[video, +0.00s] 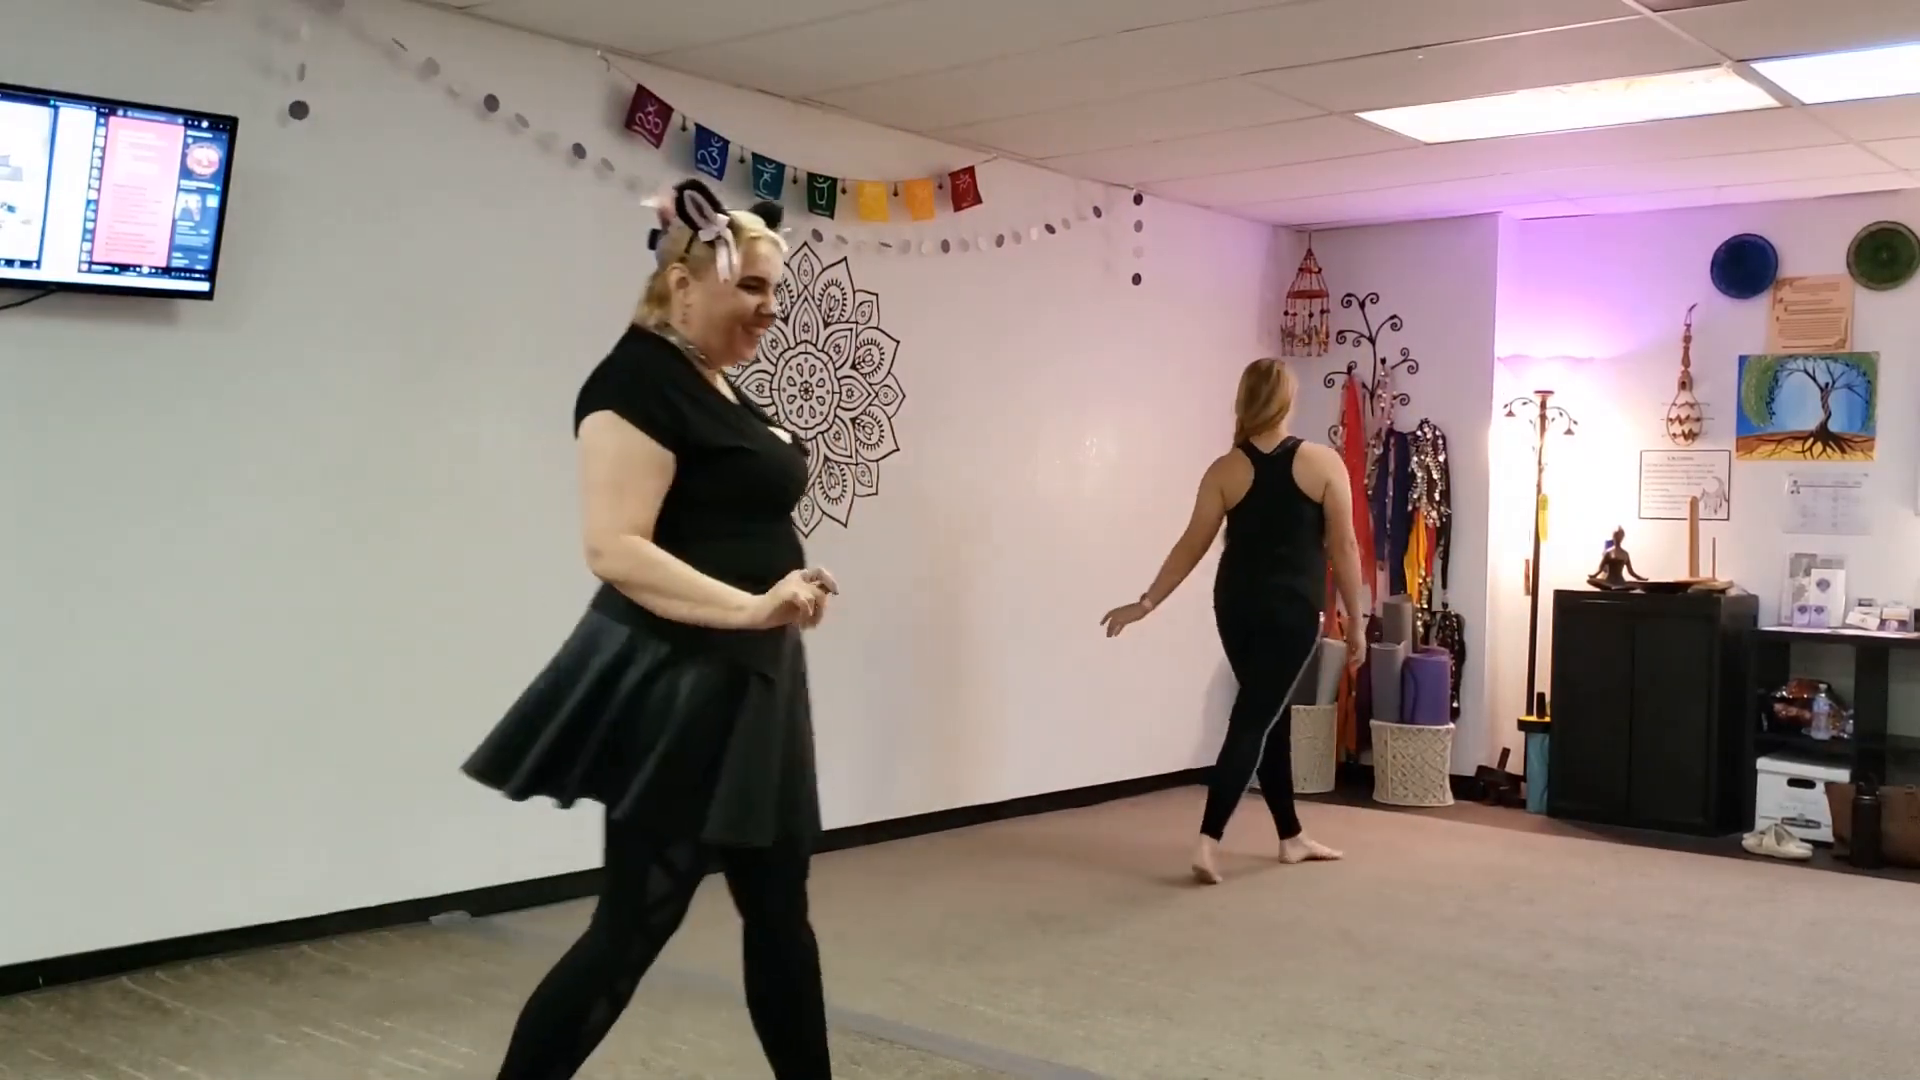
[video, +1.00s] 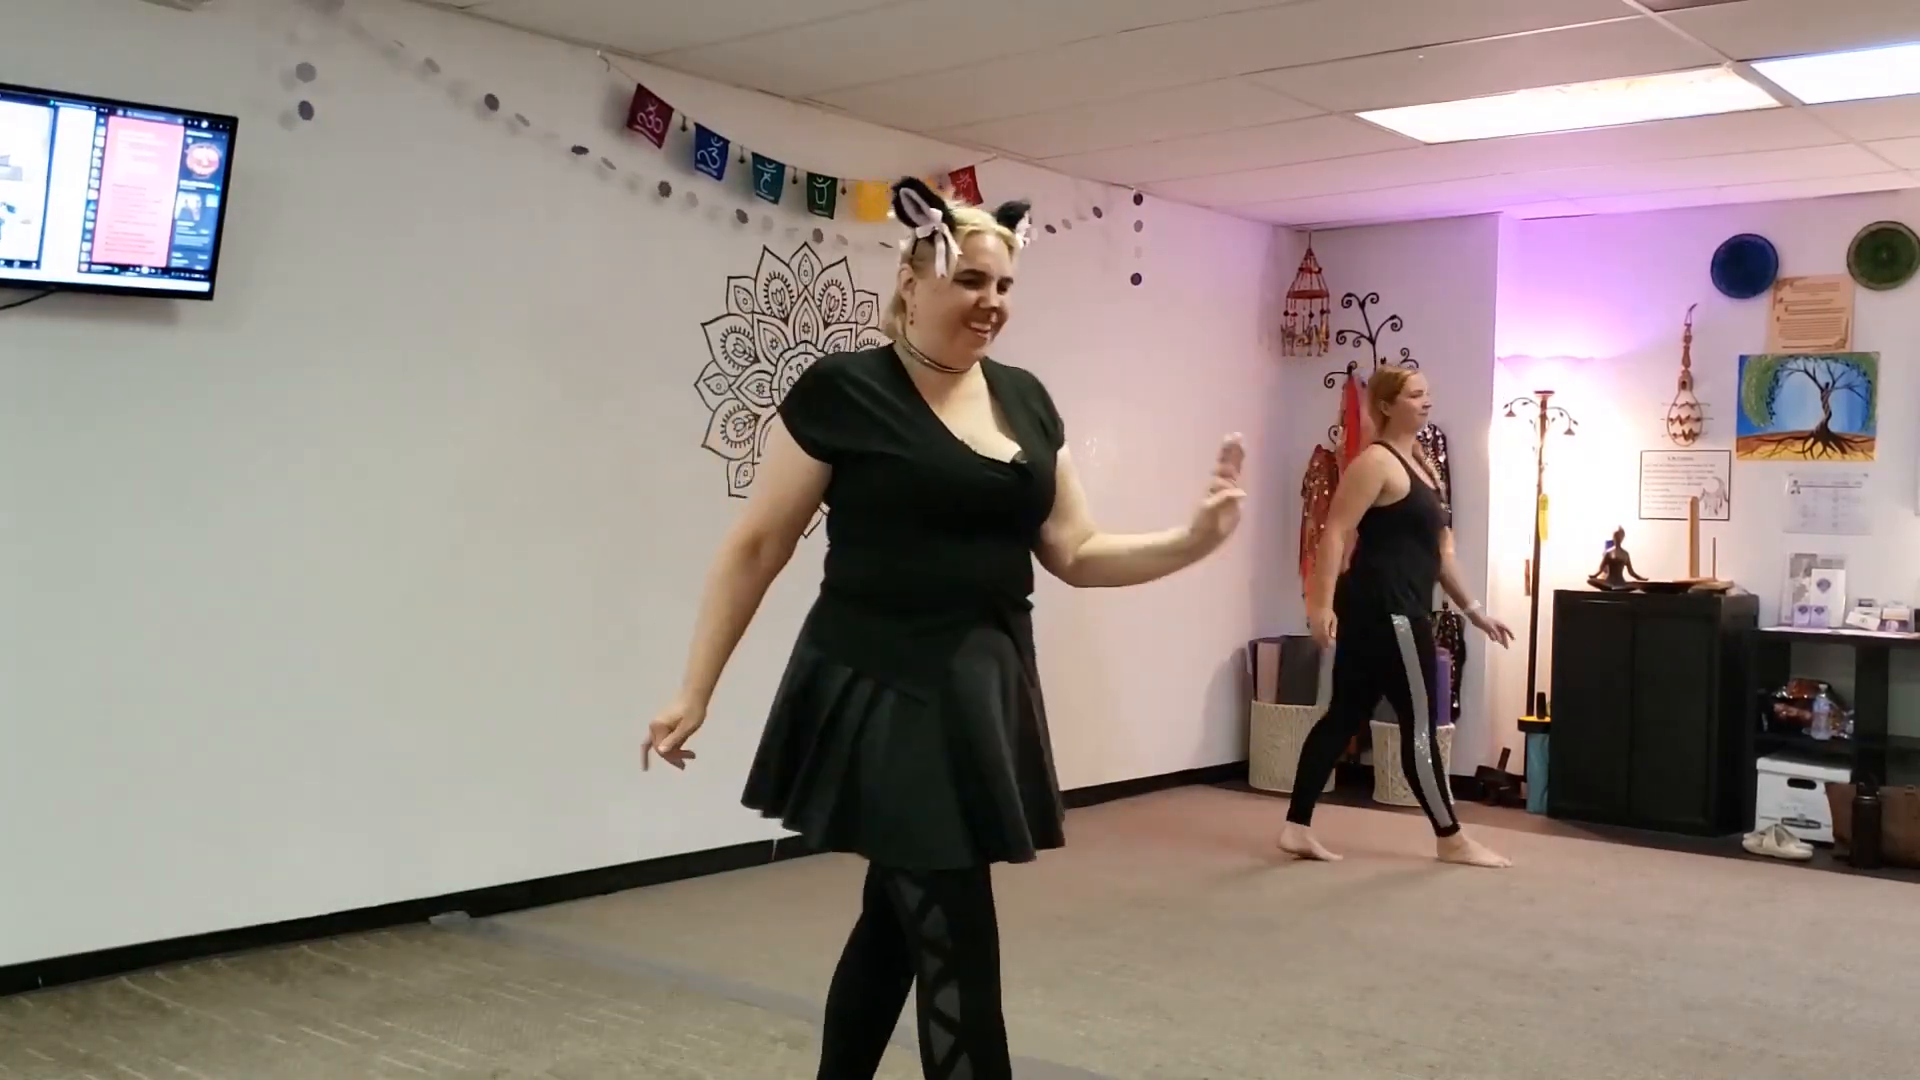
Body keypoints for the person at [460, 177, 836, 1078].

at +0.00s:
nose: (767, 308)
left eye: (774, 291)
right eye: (751, 285)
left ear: (764, 295)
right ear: (684, 280)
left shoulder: (720, 393)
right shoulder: (637, 379)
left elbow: (733, 533)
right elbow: (612, 548)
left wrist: (793, 579)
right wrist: (753, 607)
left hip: (761, 684)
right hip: (680, 687)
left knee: (782, 917)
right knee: (631, 928)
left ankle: (807, 1075)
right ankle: (524, 1074)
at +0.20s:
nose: (829, 299)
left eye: (836, 282)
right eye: (811, 277)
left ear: (831, 289)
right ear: (745, 279)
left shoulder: (786, 386)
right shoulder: (707, 373)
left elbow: (776, 529)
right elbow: (660, 536)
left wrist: (837, 613)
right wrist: (762, 627)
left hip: (826, 675)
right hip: (756, 680)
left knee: (810, 910)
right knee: (715, 925)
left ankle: (817, 1078)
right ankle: (569, 1075)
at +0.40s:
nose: (886, 311)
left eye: (891, 294)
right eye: (866, 290)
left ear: (887, 298)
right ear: (799, 293)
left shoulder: (840, 398)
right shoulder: (758, 381)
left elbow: (837, 498)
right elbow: (704, 537)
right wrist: (757, 680)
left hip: (872, 685)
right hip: (804, 687)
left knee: (839, 921)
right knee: (805, 929)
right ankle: (617, 1064)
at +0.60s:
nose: (932, 310)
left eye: (941, 294)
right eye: (912, 290)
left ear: (945, 299)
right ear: (847, 293)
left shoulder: (928, 408)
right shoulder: (788, 384)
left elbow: (1011, 534)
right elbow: (722, 534)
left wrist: (1045, 416)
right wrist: (706, 682)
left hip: (909, 677)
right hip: (821, 676)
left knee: (859, 914)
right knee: (905, 927)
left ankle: (821, 1069)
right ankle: (820, 1067)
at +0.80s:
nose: (963, 301)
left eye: (975, 284)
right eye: (942, 280)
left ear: (984, 290)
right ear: (880, 283)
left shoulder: (983, 395)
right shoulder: (815, 380)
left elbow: (1048, 544)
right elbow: (724, 528)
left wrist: (1144, 473)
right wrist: (682, 664)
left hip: (943, 672)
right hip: (835, 671)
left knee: (870, 908)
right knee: (944, 905)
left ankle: (831, 1078)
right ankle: (966, 1077)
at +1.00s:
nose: (992, 301)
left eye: (1005, 285)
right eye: (970, 279)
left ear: (1016, 293)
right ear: (908, 282)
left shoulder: (1018, 398)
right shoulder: (843, 394)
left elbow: (1075, 551)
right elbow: (756, 547)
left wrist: (1192, 540)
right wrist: (694, 695)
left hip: (983, 689)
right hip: (874, 688)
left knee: (896, 922)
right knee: (961, 933)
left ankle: (841, 1077)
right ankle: (971, 1072)